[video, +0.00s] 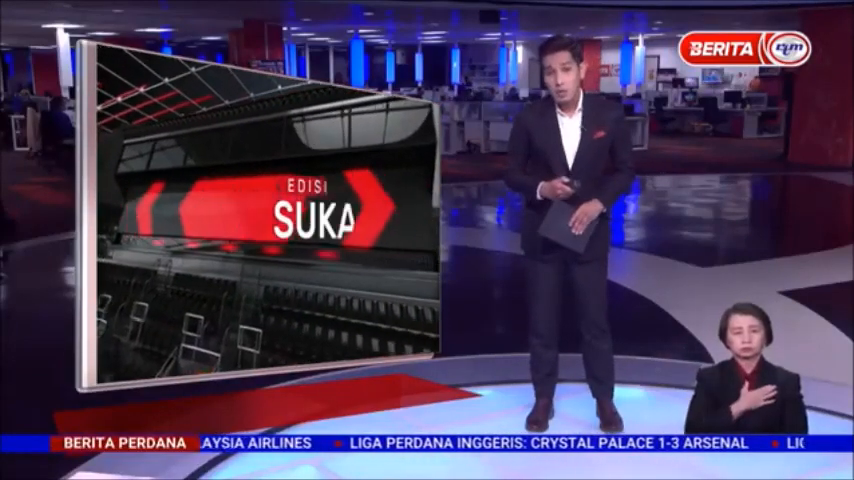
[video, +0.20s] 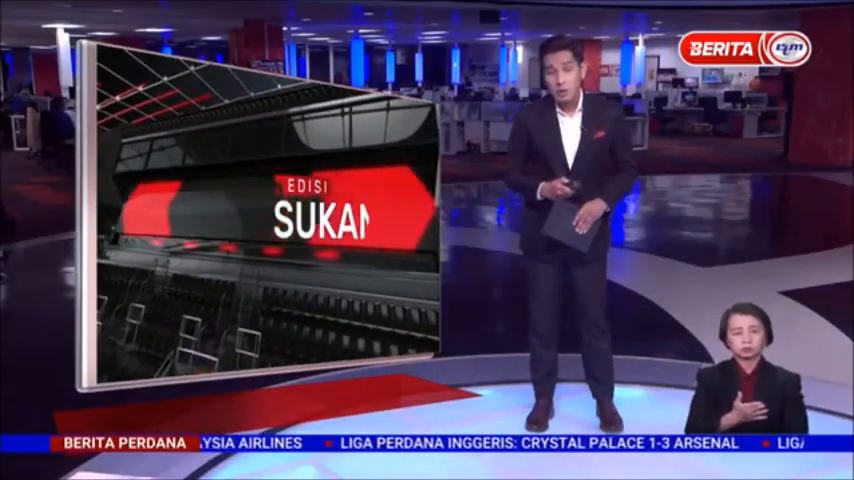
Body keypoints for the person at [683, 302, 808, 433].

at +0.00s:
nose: (746, 338)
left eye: (754, 331)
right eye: (738, 332)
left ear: (766, 337)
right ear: (726, 340)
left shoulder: (787, 381)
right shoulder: (709, 378)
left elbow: (797, 438)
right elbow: (693, 431)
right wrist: (739, 407)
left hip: (771, 465)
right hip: (718, 464)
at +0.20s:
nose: (746, 339)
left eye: (754, 331)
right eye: (738, 332)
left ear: (766, 337)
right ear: (726, 340)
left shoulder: (787, 382)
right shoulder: (710, 379)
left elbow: (797, 438)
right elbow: (694, 433)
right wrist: (734, 418)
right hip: (719, 464)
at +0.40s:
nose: (745, 338)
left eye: (753, 331)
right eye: (736, 332)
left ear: (765, 337)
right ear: (725, 340)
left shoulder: (786, 381)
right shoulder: (709, 379)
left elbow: (798, 437)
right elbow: (694, 431)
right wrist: (738, 420)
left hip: (772, 464)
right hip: (721, 463)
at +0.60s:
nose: (743, 339)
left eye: (751, 331)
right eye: (734, 332)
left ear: (763, 336)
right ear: (724, 340)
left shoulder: (783, 377)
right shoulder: (710, 376)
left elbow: (809, 419)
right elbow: (691, 423)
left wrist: (775, 411)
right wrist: (732, 392)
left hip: (772, 463)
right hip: (720, 462)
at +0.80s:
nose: (741, 340)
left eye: (749, 331)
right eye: (732, 333)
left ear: (761, 336)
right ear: (722, 339)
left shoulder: (782, 373)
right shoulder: (710, 376)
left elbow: (809, 410)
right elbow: (688, 423)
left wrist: (777, 381)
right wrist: (729, 395)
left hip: (775, 460)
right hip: (723, 461)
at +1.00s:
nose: (740, 340)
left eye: (748, 331)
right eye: (731, 333)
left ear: (760, 336)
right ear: (720, 340)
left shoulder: (781, 373)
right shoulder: (709, 375)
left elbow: (806, 412)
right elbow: (687, 424)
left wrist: (772, 383)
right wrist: (727, 394)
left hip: (774, 460)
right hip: (722, 460)